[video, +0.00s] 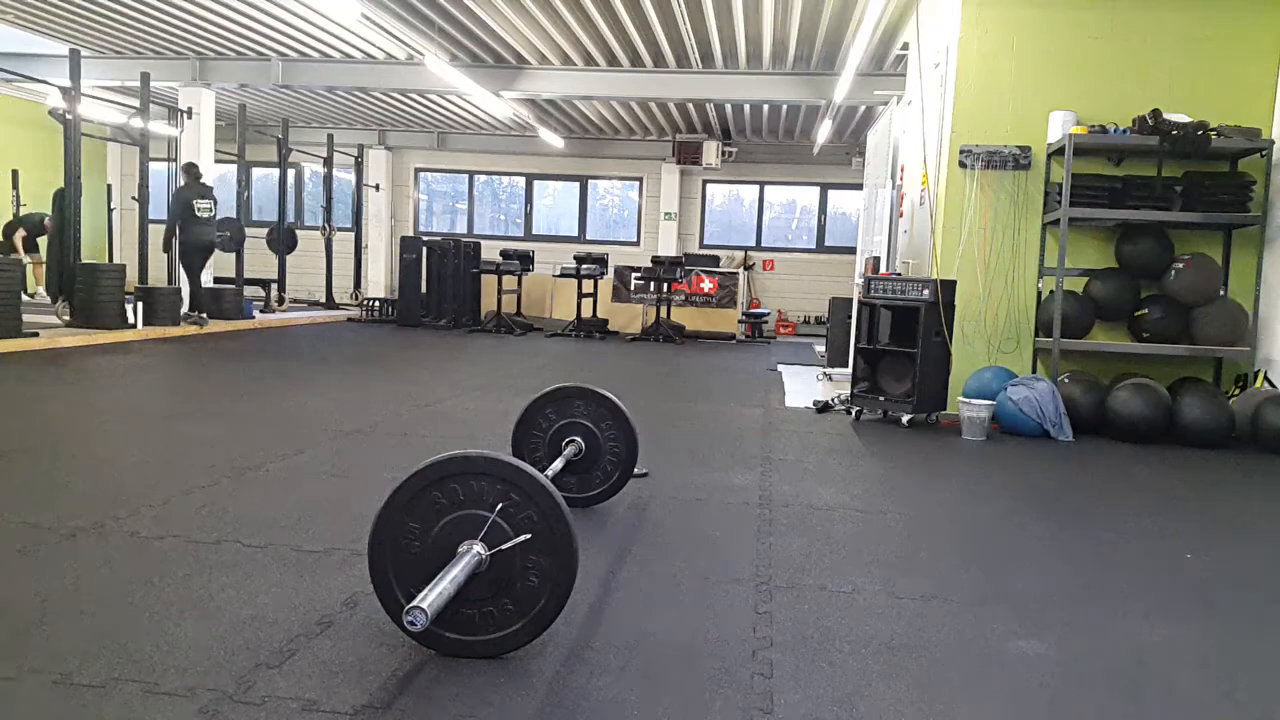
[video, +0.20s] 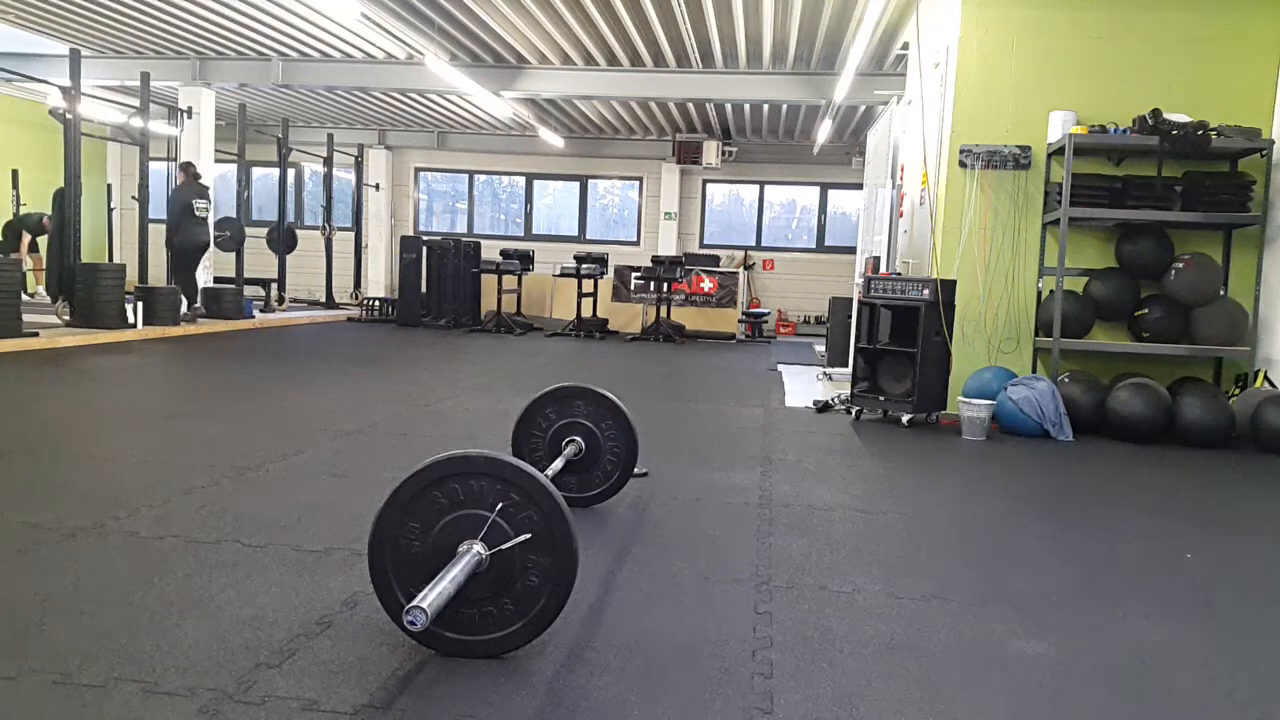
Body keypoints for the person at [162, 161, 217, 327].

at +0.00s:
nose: (182, 177)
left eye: (183, 174)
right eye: (184, 174)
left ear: (185, 174)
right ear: (198, 173)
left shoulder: (180, 193)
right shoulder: (209, 192)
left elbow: (172, 219)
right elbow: (213, 215)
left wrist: (167, 241)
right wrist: (210, 235)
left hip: (189, 240)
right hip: (209, 240)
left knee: (194, 277)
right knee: (195, 276)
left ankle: (202, 314)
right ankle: (191, 311)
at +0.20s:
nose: (177, 177)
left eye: (179, 174)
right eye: (178, 174)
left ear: (183, 174)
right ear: (194, 173)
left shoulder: (179, 191)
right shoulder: (204, 190)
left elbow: (173, 218)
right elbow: (203, 215)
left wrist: (169, 239)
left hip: (184, 237)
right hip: (202, 237)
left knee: (179, 272)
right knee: (190, 272)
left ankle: (193, 305)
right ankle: (191, 308)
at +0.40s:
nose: (171, 176)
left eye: (173, 173)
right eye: (171, 173)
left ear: (180, 173)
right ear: (186, 173)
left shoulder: (180, 190)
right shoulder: (196, 188)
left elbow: (174, 216)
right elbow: (198, 215)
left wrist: (164, 236)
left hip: (182, 235)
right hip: (198, 235)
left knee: (166, 270)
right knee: (187, 272)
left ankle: (172, 308)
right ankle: (191, 311)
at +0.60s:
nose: (163, 176)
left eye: (165, 173)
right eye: (163, 173)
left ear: (174, 173)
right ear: (175, 174)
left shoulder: (177, 190)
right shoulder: (186, 188)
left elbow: (174, 219)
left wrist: (162, 243)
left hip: (177, 237)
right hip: (189, 236)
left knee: (163, 272)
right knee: (185, 272)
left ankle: (163, 310)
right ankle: (190, 310)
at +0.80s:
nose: (154, 175)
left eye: (157, 172)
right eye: (155, 172)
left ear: (166, 174)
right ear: (167, 174)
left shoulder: (169, 192)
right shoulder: (175, 190)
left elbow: (168, 223)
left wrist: (162, 248)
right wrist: (155, 241)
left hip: (171, 238)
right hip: (179, 236)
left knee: (161, 274)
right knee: (179, 274)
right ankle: (189, 311)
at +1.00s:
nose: (148, 174)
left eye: (152, 171)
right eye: (149, 171)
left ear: (161, 173)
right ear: (160, 174)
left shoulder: (164, 191)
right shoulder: (163, 189)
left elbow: (162, 221)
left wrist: (151, 246)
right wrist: (146, 241)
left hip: (161, 238)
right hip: (166, 237)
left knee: (155, 277)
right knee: (168, 276)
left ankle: (157, 310)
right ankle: (185, 308)